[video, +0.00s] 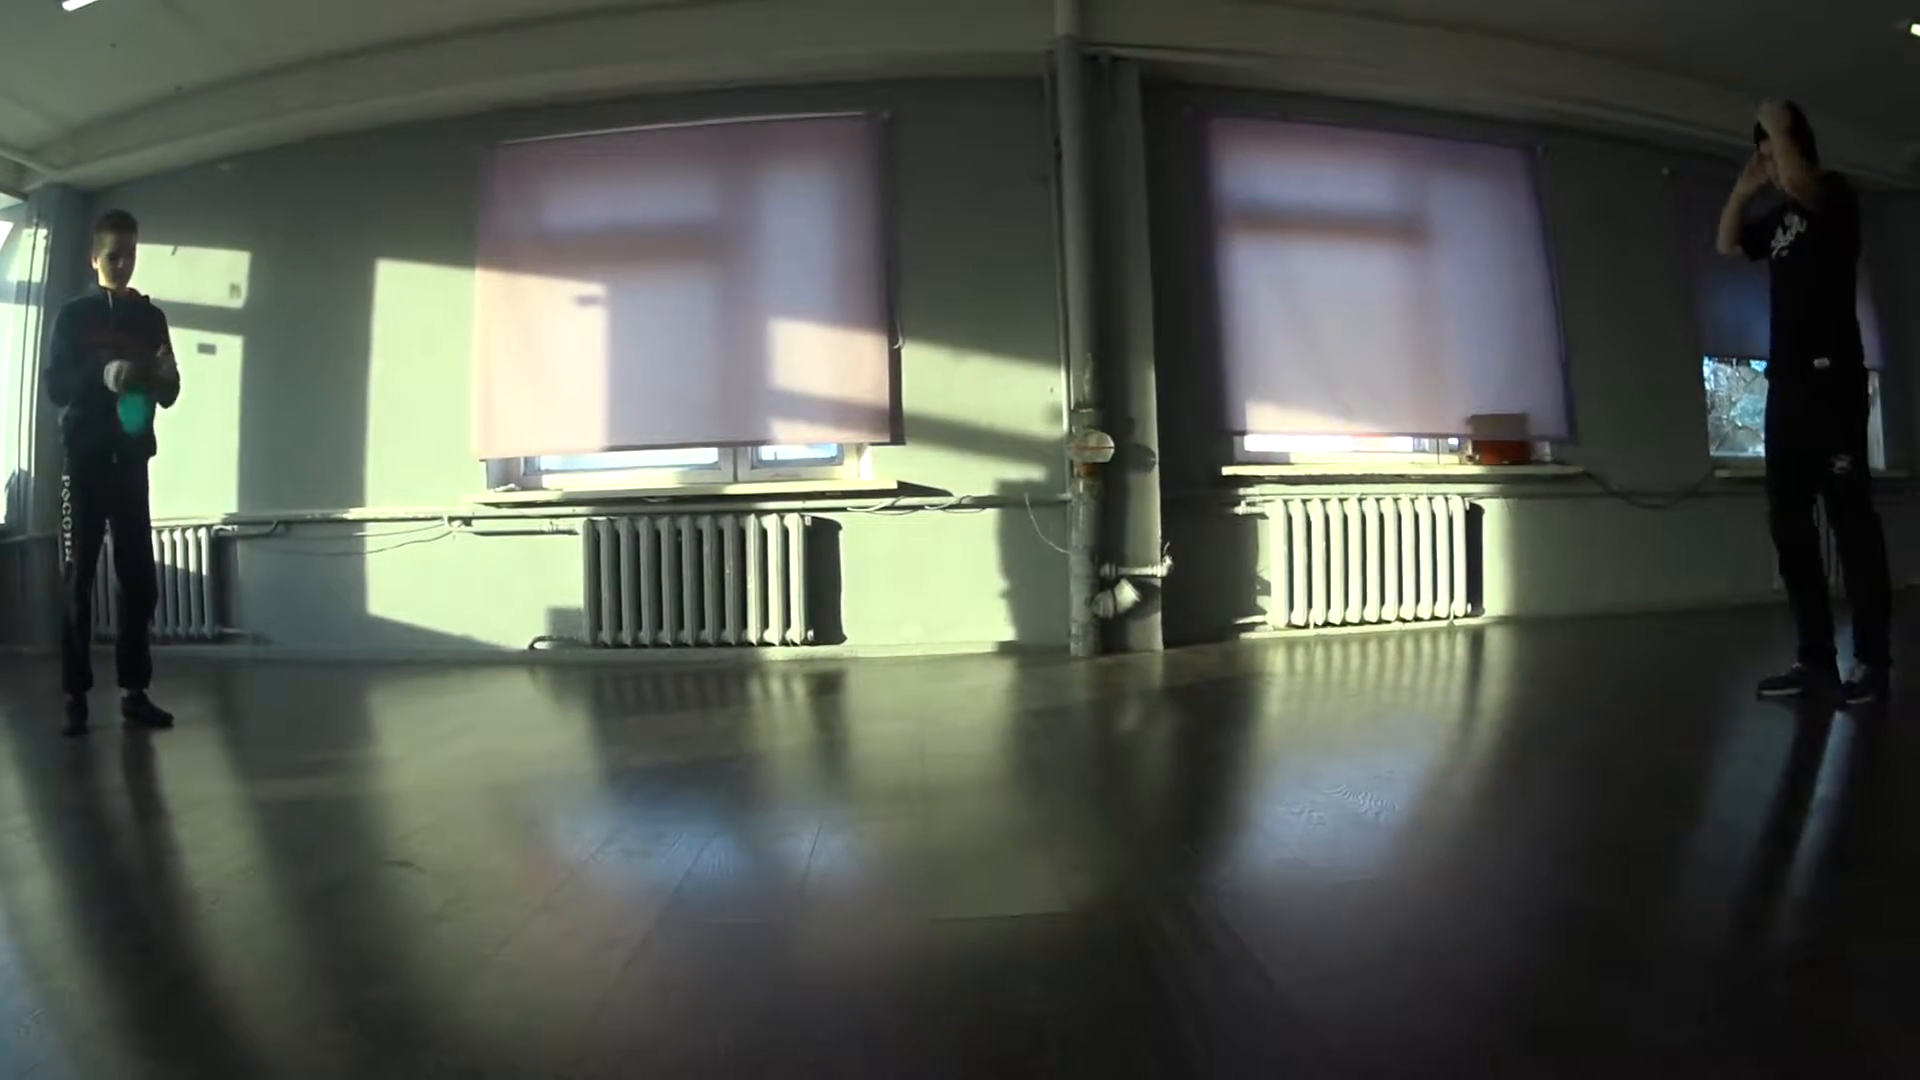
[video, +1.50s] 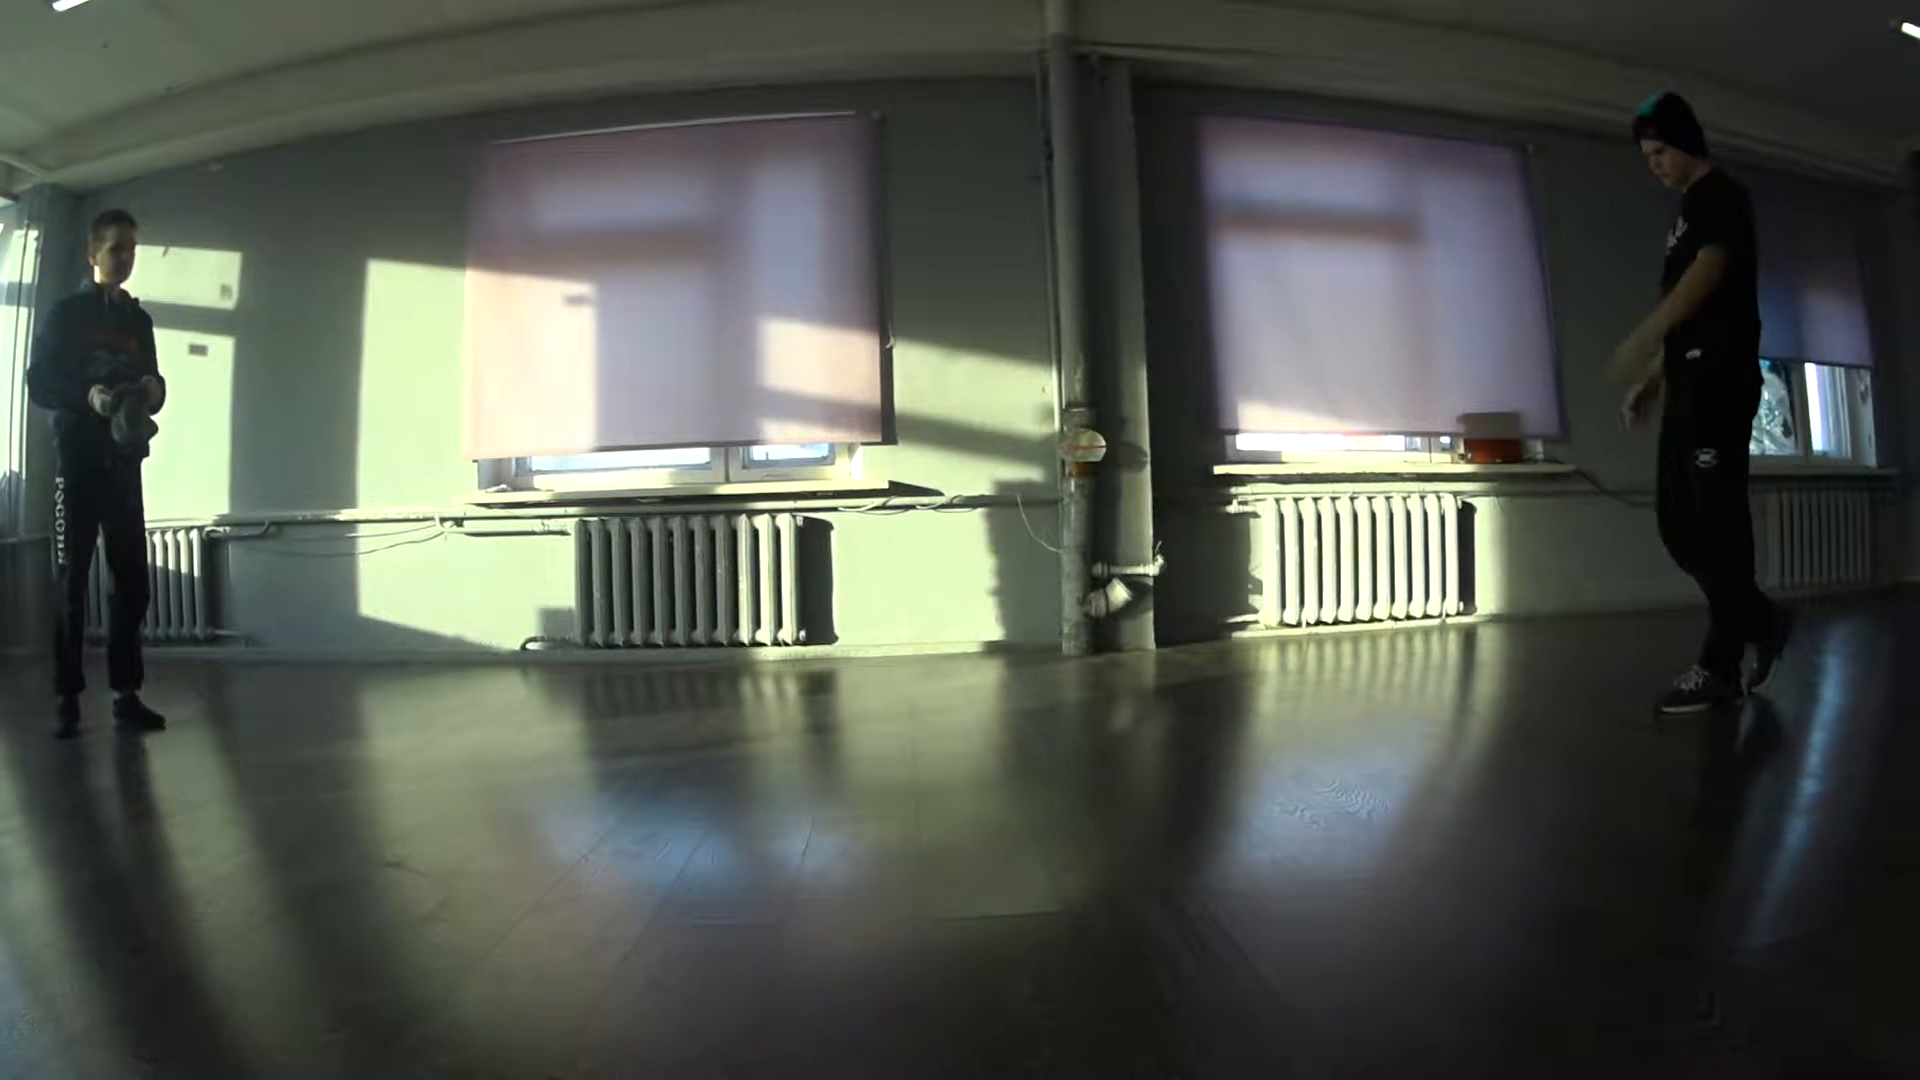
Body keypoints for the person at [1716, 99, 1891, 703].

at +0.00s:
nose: (1772, 160)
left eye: (1780, 149)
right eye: (1766, 150)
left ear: (1803, 151)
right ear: (1764, 159)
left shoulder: (1836, 200)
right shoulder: (1777, 218)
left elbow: (1799, 185)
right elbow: (1729, 244)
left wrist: (1778, 127)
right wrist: (1743, 187)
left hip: (1837, 381)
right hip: (1789, 383)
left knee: (1853, 521)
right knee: (1790, 525)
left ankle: (1873, 663)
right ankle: (1815, 664)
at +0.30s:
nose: (1738, 166)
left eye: (1747, 155)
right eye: (1736, 156)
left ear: (1774, 157)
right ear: (1742, 162)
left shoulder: (1809, 202)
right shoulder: (1752, 224)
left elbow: (1769, 195)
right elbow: (1704, 250)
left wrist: (1748, 142)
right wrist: (1722, 195)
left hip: (1811, 377)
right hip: (1770, 380)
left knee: (1804, 515)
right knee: (1785, 521)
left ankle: (1859, 645)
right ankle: (1812, 659)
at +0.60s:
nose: (1724, 179)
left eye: (1732, 168)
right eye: (1716, 172)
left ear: (1756, 164)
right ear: (1711, 176)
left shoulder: (1792, 204)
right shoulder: (1733, 227)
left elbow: (1784, 234)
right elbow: (1702, 290)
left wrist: (1716, 187)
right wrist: (1694, 237)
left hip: (1798, 378)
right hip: (1757, 381)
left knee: (1783, 518)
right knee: (1777, 519)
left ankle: (1811, 665)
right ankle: (1799, 661)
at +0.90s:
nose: (1694, 183)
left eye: (1700, 170)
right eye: (1686, 176)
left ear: (1725, 162)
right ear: (1685, 178)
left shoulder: (1768, 211)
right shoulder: (1719, 233)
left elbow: (1807, 299)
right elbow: (1724, 332)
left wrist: (1817, 390)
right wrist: (1719, 411)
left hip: (1777, 392)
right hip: (1744, 396)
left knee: (1754, 532)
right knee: (1779, 531)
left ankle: (1727, 670)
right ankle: (1814, 664)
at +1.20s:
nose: (1666, 168)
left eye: (1672, 154)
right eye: (1658, 160)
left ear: (1699, 147)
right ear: (1660, 163)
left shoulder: (1741, 201)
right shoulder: (1697, 211)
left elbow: (1785, 285)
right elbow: (1718, 298)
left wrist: (1802, 376)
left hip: (1744, 380)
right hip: (1715, 382)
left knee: (1734, 524)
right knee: (1752, 520)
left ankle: (1722, 670)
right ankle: (1805, 648)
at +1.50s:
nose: (1653, 165)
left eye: (1658, 152)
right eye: (1648, 156)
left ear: (1685, 145)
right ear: (1661, 153)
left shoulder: (1720, 196)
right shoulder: (1693, 206)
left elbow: (1706, 276)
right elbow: (1692, 307)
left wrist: (1643, 338)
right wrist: (1658, 380)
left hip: (1723, 377)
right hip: (1692, 378)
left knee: (1717, 520)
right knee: (1680, 521)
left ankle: (1720, 669)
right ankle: (1763, 624)